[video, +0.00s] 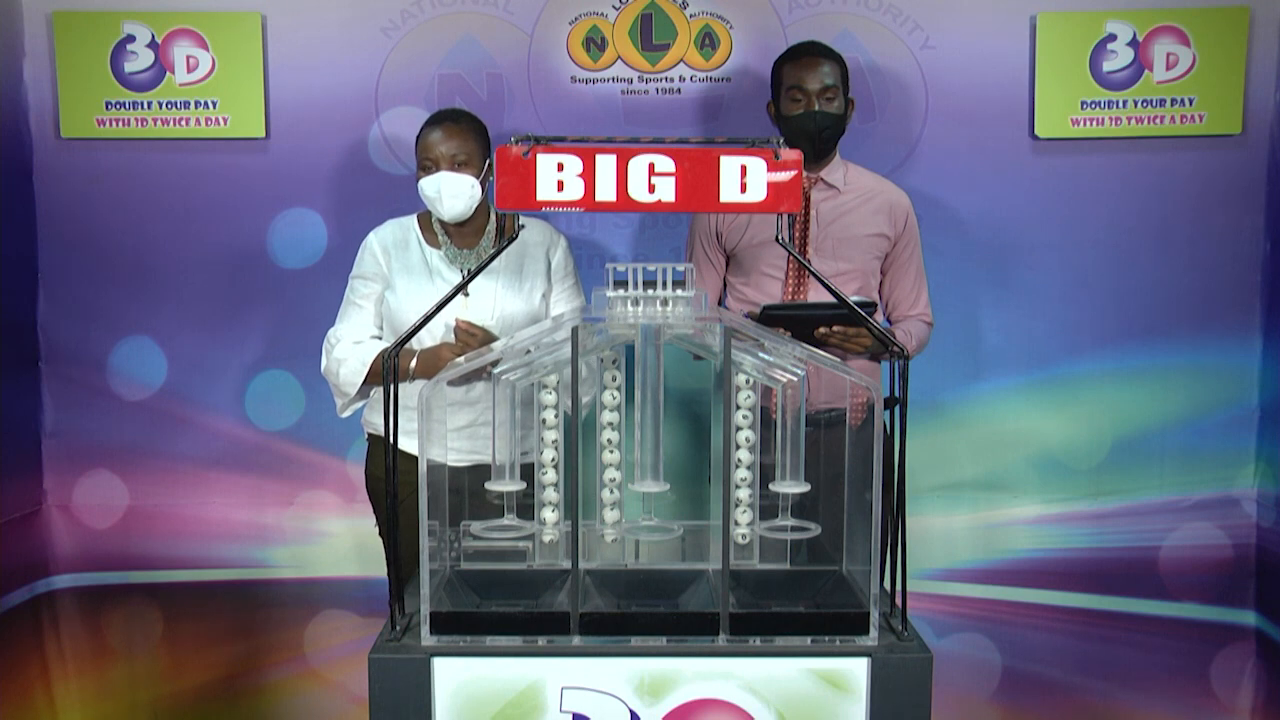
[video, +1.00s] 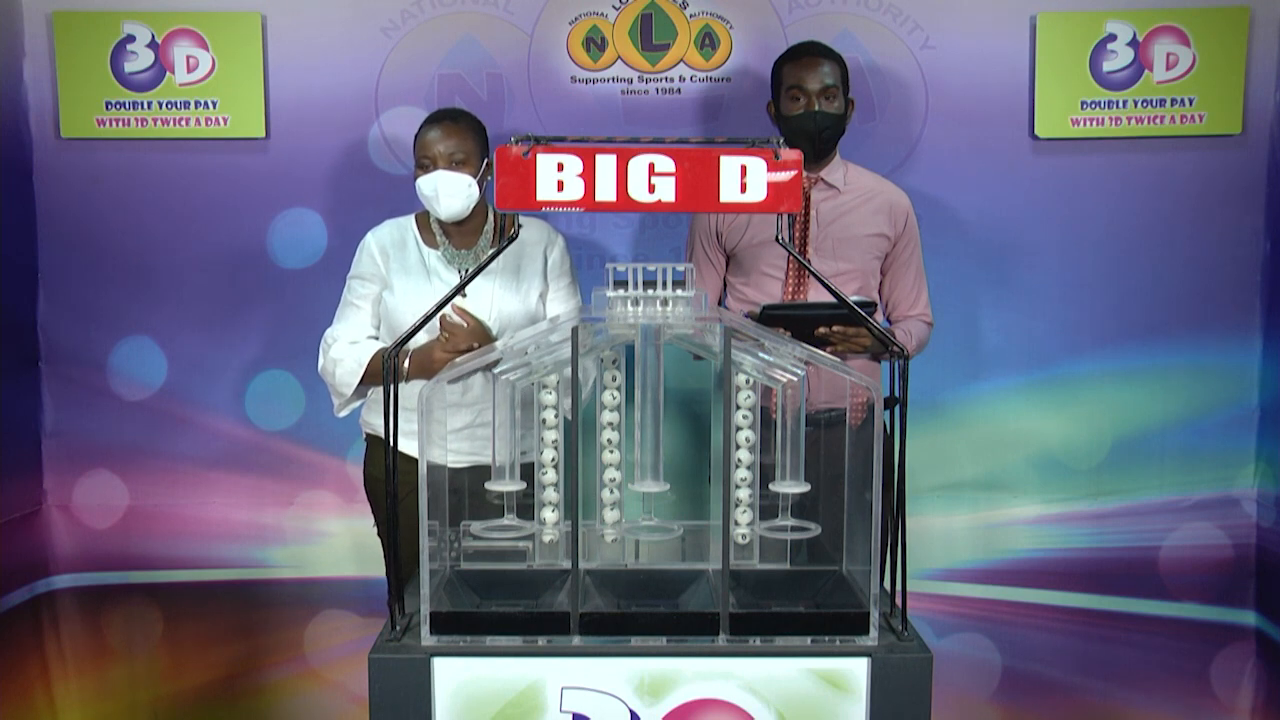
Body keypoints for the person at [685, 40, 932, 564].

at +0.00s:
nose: (813, 108)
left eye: (828, 94)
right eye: (796, 95)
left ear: (848, 108)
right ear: (774, 109)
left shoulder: (888, 204)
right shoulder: (726, 200)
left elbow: (914, 320)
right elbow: (696, 318)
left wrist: (876, 342)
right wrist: (761, 340)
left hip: (843, 416)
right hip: (752, 416)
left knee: (844, 580)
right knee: (753, 578)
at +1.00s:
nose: (812, 107)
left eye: (828, 94)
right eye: (795, 95)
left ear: (848, 108)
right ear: (774, 109)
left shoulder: (888, 205)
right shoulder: (726, 200)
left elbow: (914, 320)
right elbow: (696, 318)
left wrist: (876, 341)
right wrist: (761, 340)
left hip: (843, 415)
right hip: (752, 415)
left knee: (844, 579)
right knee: (753, 577)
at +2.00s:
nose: (813, 107)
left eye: (828, 94)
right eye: (796, 95)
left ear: (848, 108)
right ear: (774, 109)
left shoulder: (887, 205)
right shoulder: (726, 200)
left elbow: (915, 320)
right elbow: (696, 318)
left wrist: (876, 341)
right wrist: (760, 337)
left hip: (843, 417)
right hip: (752, 417)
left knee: (844, 581)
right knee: (753, 579)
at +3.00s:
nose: (813, 107)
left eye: (829, 94)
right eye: (796, 95)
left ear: (848, 108)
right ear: (774, 109)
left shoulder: (888, 205)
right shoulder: (727, 200)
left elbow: (914, 321)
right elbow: (695, 317)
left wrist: (876, 341)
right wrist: (757, 336)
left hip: (843, 416)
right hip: (752, 416)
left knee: (844, 580)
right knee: (753, 579)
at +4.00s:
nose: (813, 107)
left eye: (829, 94)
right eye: (796, 95)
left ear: (848, 108)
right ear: (774, 109)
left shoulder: (888, 205)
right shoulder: (727, 200)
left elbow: (914, 321)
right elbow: (695, 318)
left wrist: (876, 341)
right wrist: (758, 335)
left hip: (844, 417)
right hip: (751, 417)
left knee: (844, 581)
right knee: (753, 579)